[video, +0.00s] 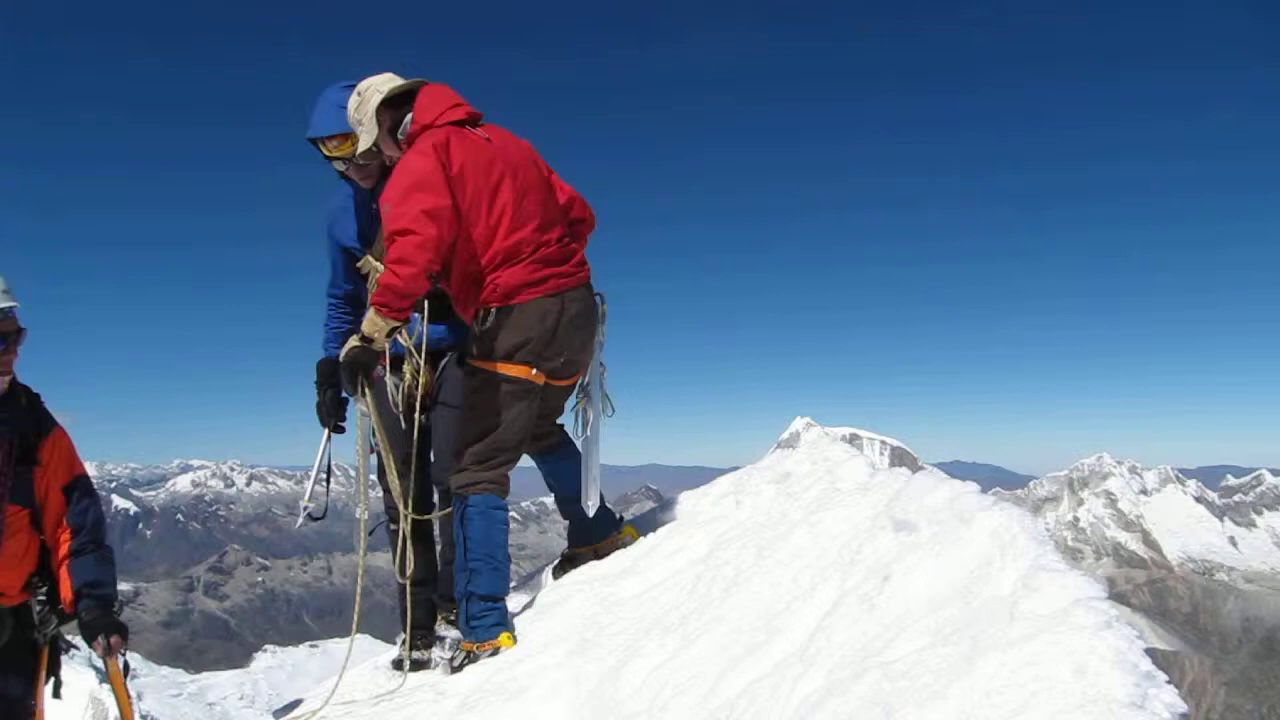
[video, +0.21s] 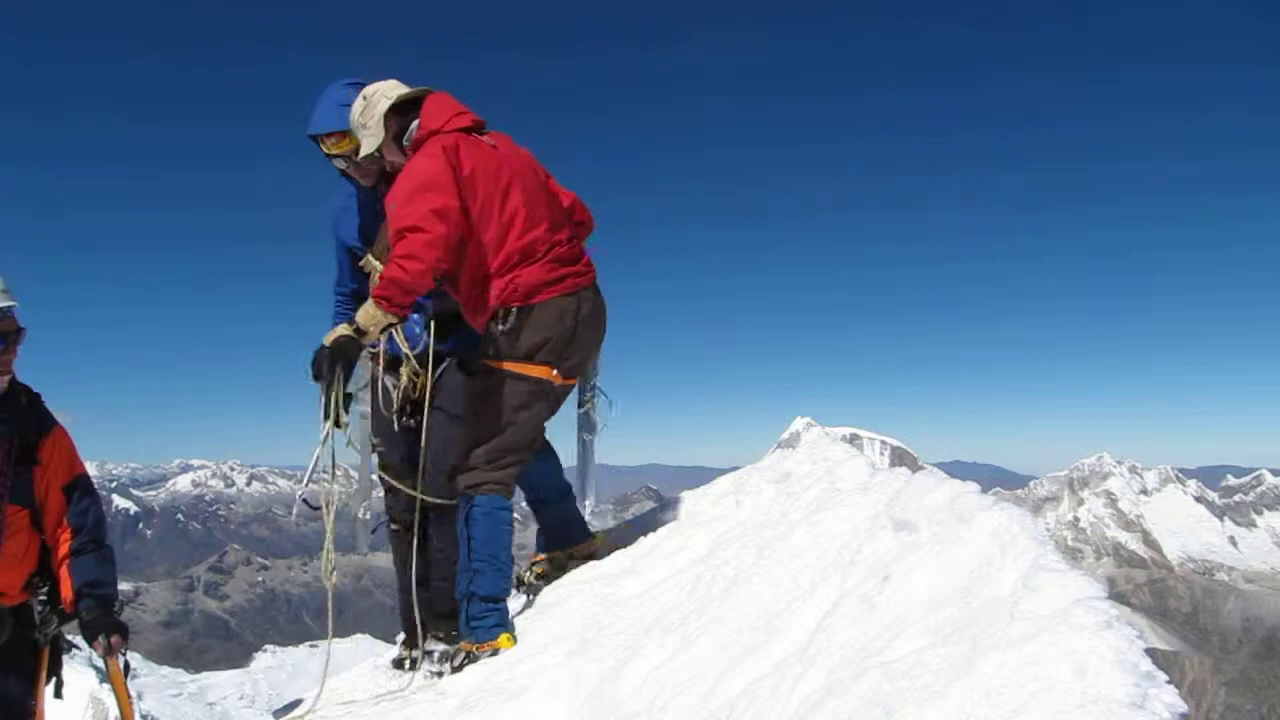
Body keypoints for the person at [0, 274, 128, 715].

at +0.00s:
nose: (9, 349)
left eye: (14, 337)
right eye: (1, 338)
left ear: (22, 338)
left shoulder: (33, 425)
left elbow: (77, 520)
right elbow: (77, 519)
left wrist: (94, 604)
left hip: (14, 623)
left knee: (17, 708)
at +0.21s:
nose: (8, 350)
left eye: (13, 337)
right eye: (1, 338)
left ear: (21, 339)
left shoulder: (32, 422)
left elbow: (77, 519)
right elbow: (77, 518)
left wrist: (94, 603)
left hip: (15, 622)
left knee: (18, 707)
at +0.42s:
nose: (8, 349)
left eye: (13, 337)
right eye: (1, 338)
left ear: (21, 338)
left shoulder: (33, 422)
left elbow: (77, 518)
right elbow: (77, 517)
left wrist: (95, 603)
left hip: (16, 621)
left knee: (18, 708)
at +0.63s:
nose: (10, 349)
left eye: (16, 337)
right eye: (2, 337)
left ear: (24, 338)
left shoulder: (36, 423)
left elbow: (79, 519)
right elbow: (79, 518)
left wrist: (96, 603)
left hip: (16, 622)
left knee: (18, 707)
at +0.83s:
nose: (10, 352)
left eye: (16, 338)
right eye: (2, 340)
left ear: (25, 339)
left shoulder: (36, 423)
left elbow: (80, 519)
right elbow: (80, 518)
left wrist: (96, 602)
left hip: (17, 623)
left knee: (17, 706)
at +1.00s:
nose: (10, 353)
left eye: (15, 340)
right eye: (2, 341)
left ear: (24, 341)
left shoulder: (37, 424)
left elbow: (80, 519)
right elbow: (81, 518)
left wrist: (96, 602)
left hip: (18, 622)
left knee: (18, 706)